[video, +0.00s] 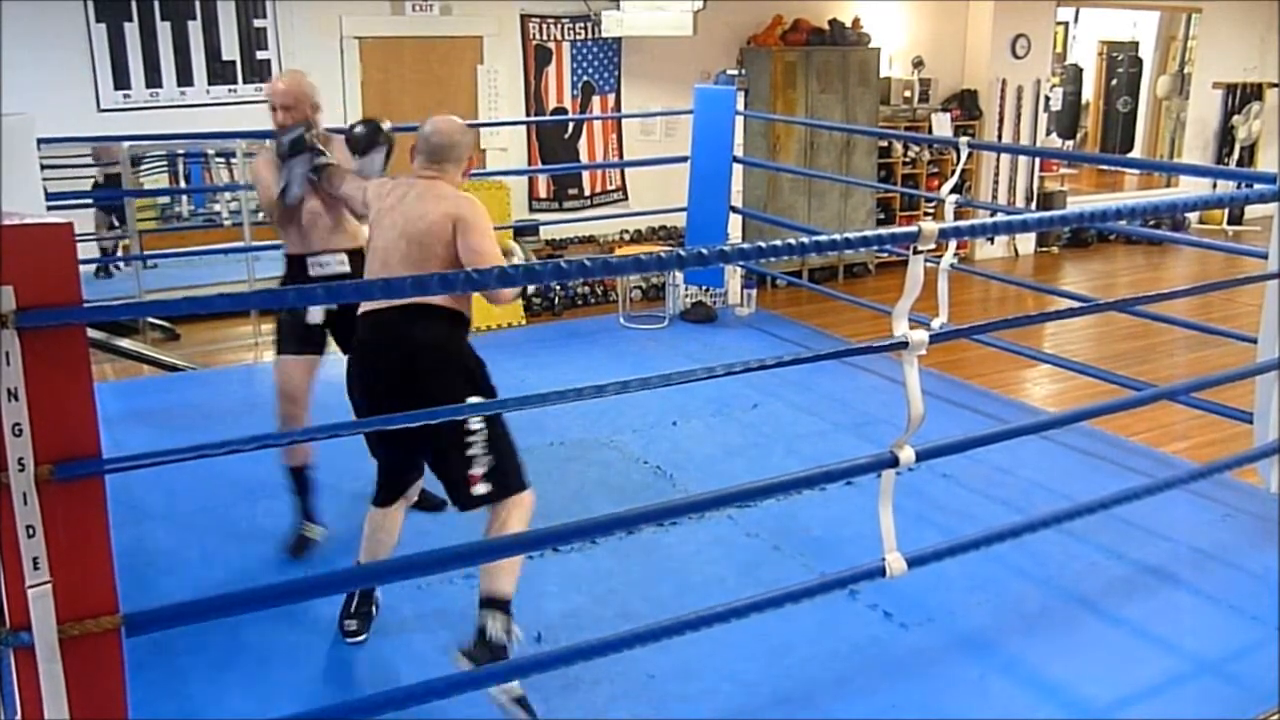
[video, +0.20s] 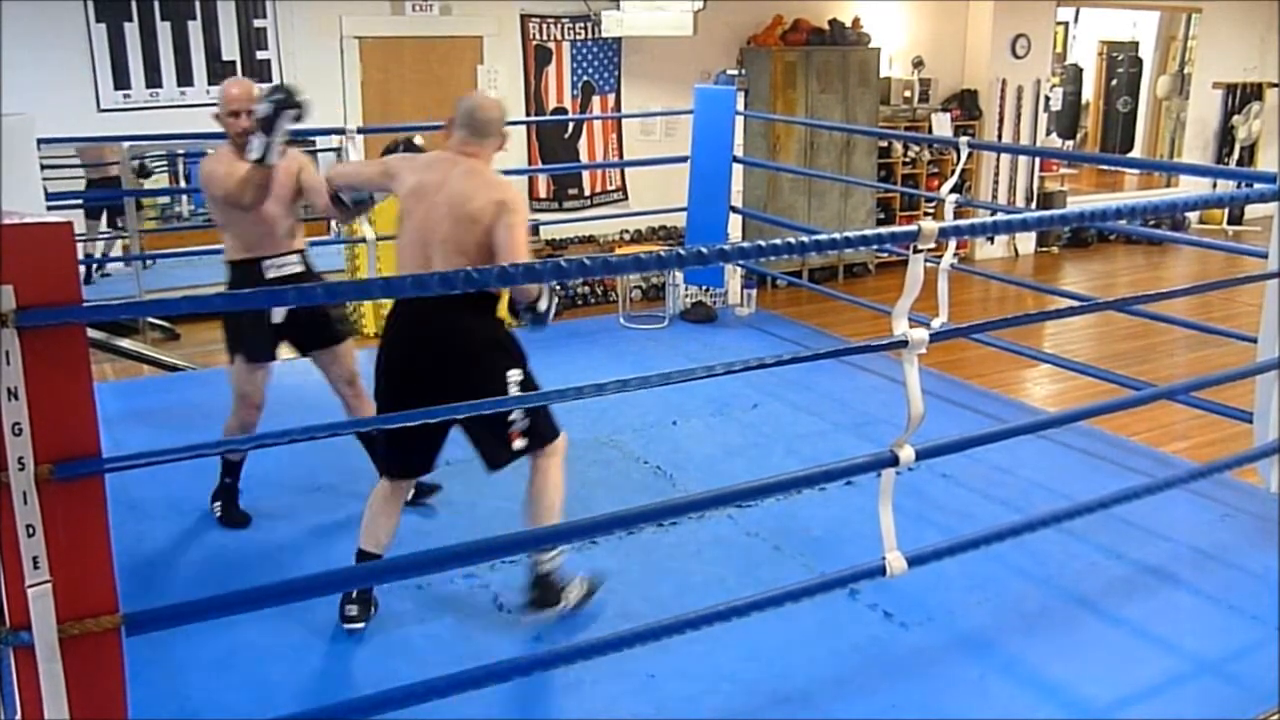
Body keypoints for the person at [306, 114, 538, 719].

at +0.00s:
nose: (478, 164)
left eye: (473, 154)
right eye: (477, 156)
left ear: (417, 154)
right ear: (467, 164)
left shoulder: (384, 193)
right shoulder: (464, 209)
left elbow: (348, 191)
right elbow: (499, 290)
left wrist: (334, 166)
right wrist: (529, 269)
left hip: (370, 360)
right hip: (438, 361)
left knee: (398, 481)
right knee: (513, 495)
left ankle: (358, 606)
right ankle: (493, 630)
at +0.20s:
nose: (504, 146)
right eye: (504, 138)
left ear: (450, 129)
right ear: (500, 141)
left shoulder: (408, 167)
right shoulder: (503, 195)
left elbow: (334, 177)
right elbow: (520, 284)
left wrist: (349, 202)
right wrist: (534, 292)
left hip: (408, 337)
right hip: (474, 339)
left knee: (396, 473)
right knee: (549, 444)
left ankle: (357, 594)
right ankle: (546, 580)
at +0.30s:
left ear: (484, 124)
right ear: (533, 136)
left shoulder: (439, 168)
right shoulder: (539, 194)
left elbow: (356, 195)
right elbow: (558, 281)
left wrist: (381, 211)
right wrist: (537, 271)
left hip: (434, 329)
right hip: (503, 331)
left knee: (406, 462)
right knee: (566, 429)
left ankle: (364, 589)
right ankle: (595, 542)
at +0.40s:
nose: (514, 131)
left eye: (515, 124)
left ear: (515, 128)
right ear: (563, 138)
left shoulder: (474, 175)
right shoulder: (577, 198)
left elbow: (409, 230)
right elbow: (604, 285)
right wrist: (570, 263)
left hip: (476, 328)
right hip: (545, 332)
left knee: (434, 454)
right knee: (584, 427)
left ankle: (373, 576)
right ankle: (603, 538)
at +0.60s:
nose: (546, 102)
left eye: (549, 95)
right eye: (551, 94)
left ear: (556, 101)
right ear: (606, 106)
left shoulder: (526, 153)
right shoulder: (626, 163)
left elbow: (496, 233)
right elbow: (641, 234)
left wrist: (487, 193)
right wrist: (597, 219)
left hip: (538, 306)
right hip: (605, 305)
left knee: (511, 413)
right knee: (612, 417)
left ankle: (501, 515)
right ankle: (609, 532)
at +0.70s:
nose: (556, 91)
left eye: (560, 83)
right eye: (563, 83)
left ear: (567, 89)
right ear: (613, 93)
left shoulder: (538, 138)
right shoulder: (637, 146)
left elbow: (505, 213)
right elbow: (653, 211)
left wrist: (499, 173)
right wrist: (606, 196)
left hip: (554, 291)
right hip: (621, 288)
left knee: (559, 404)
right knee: (619, 413)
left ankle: (564, 509)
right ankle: (614, 526)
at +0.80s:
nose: (564, 95)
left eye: (566, 89)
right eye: (572, 88)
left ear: (571, 94)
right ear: (618, 95)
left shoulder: (546, 144)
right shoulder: (646, 146)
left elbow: (511, 217)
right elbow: (662, 208)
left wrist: (511, 173)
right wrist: (617, 197)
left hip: (571, 289)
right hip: (636, 286)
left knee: (594, 399)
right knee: (634, 407)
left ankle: (609, 493)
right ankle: (620, 507)